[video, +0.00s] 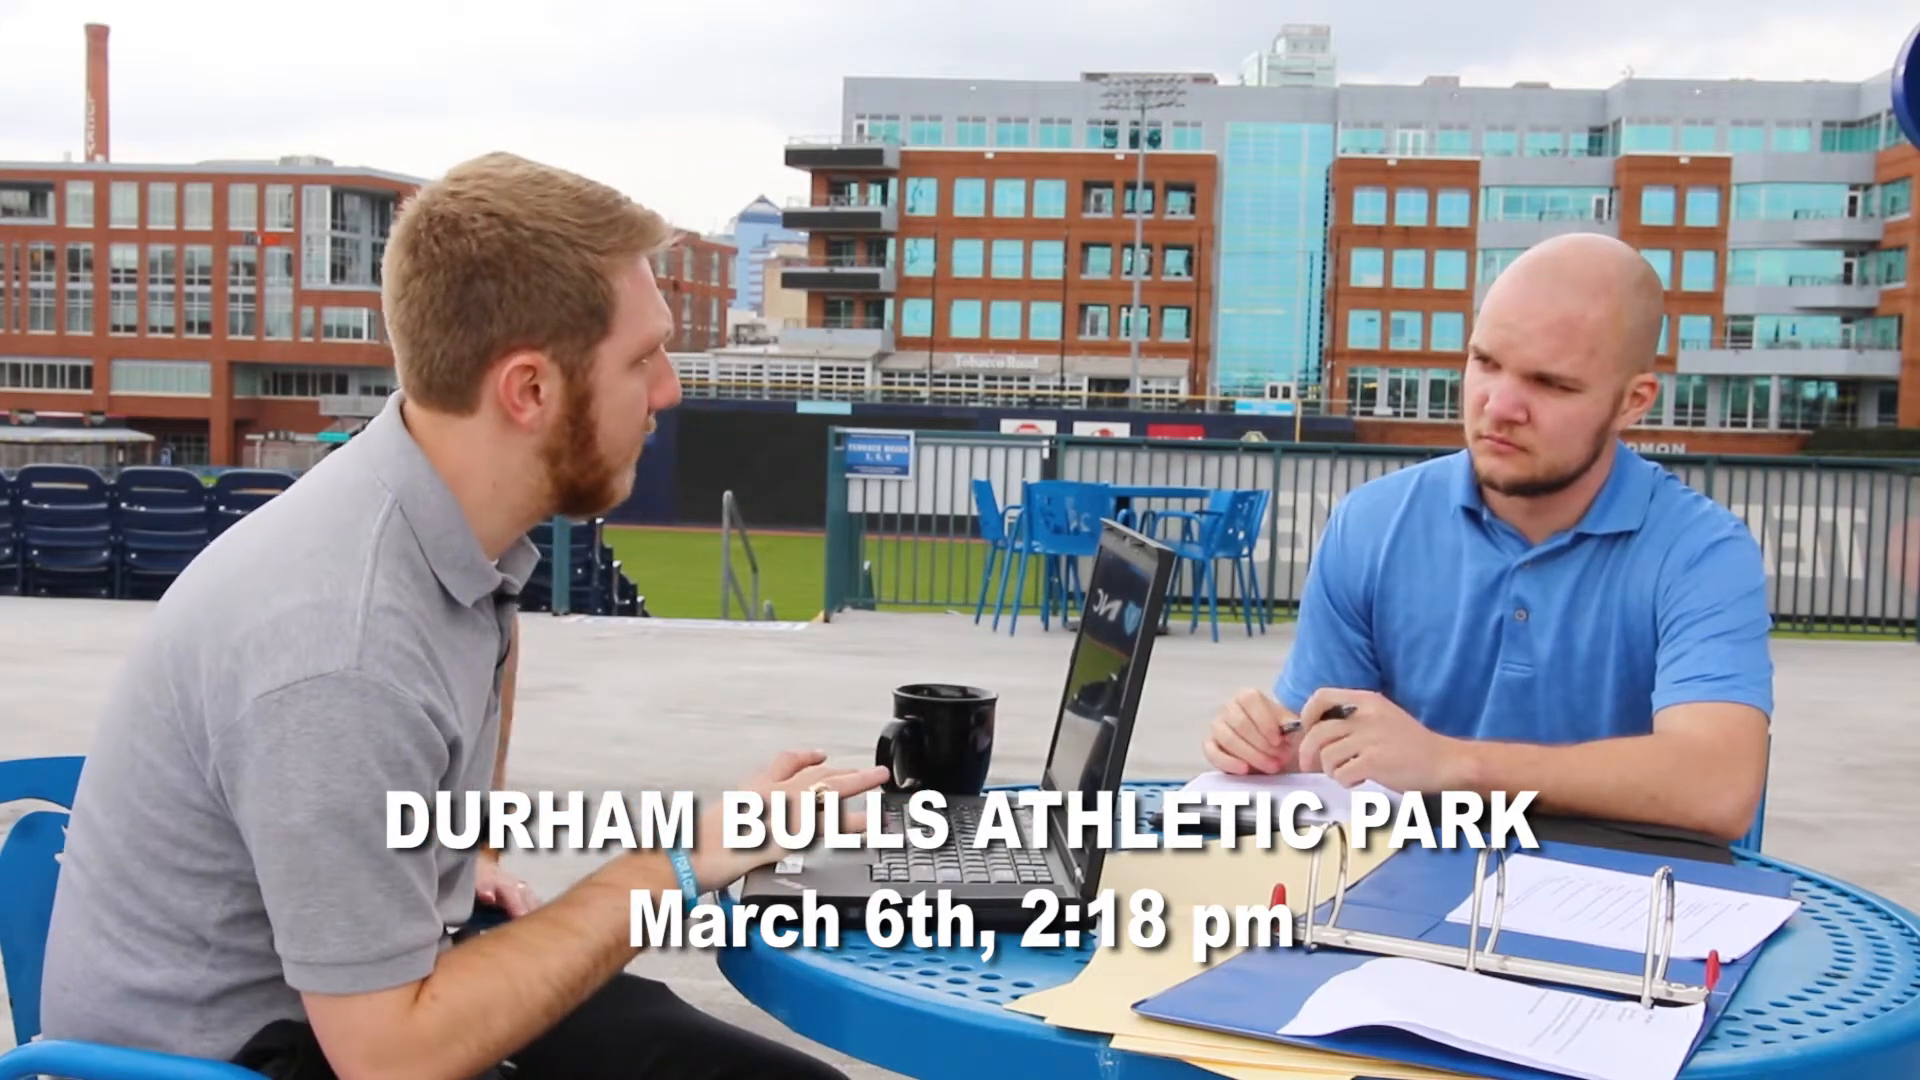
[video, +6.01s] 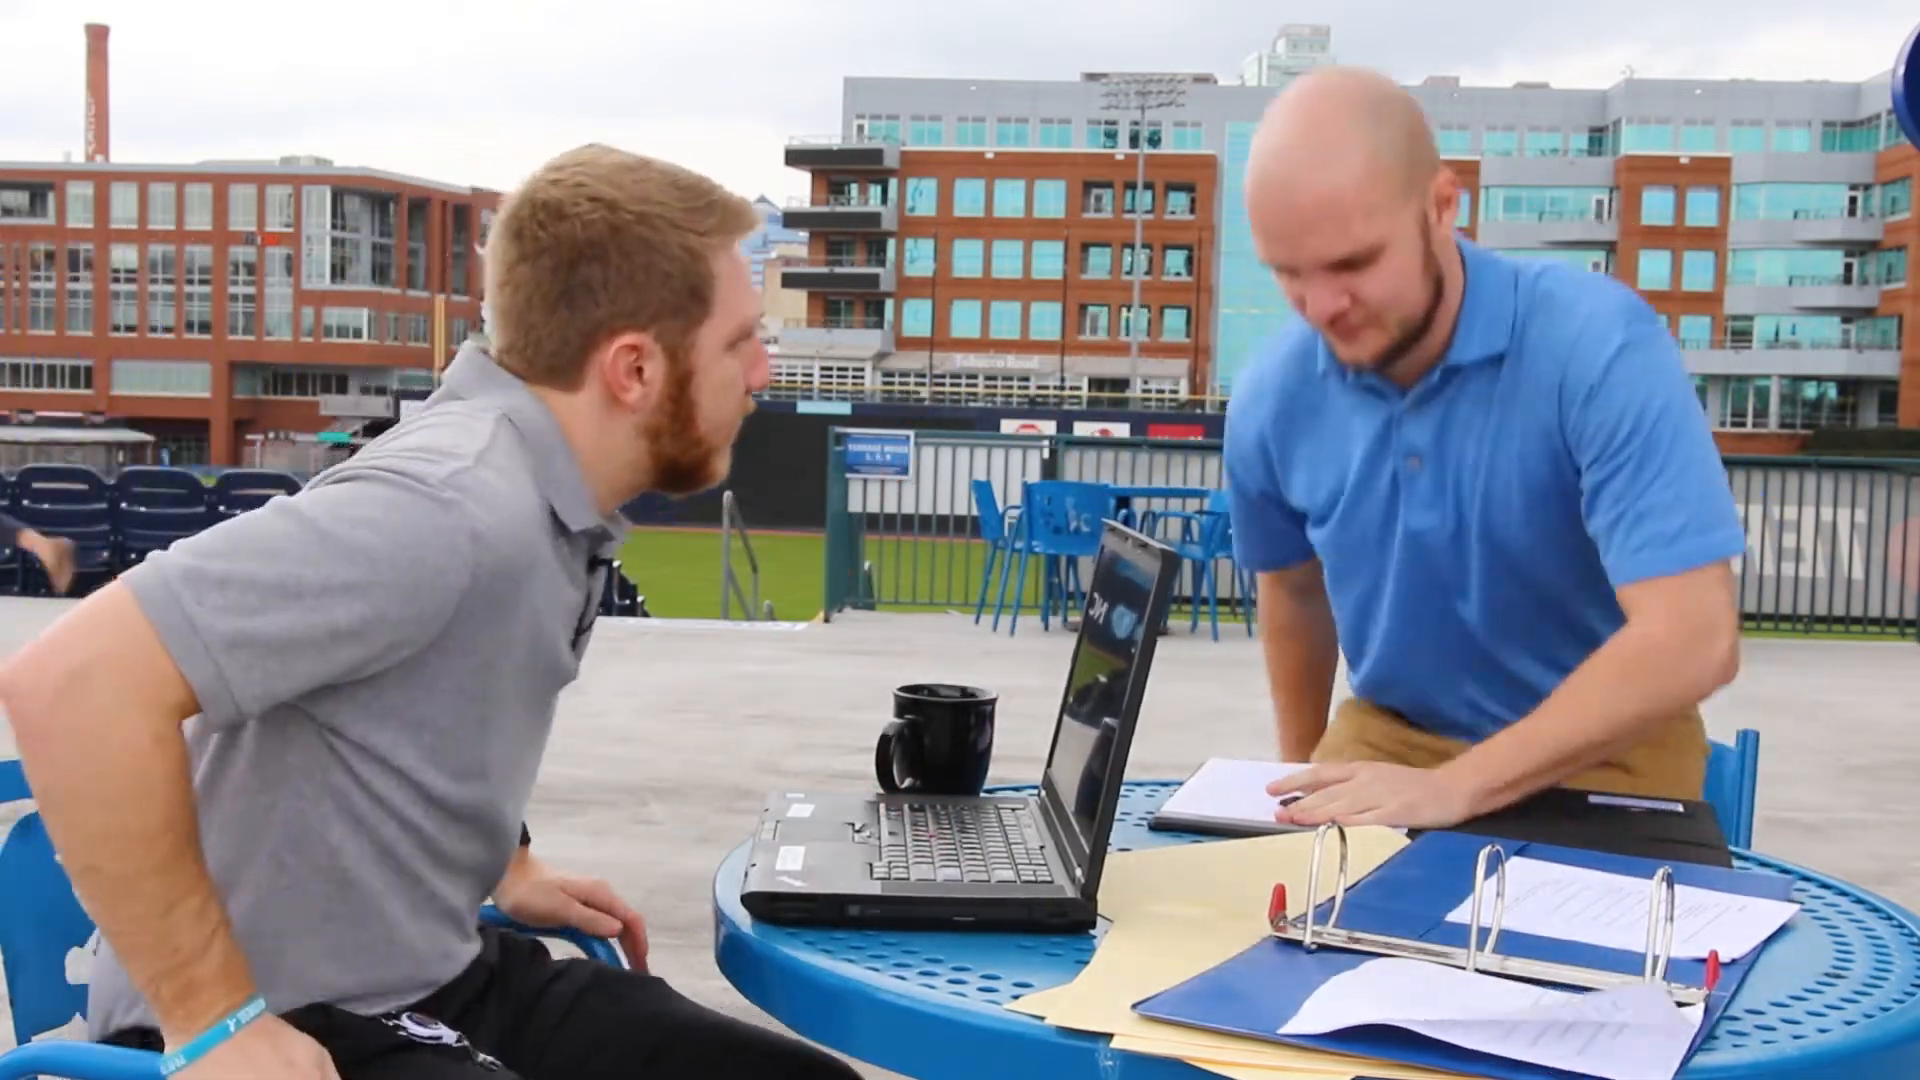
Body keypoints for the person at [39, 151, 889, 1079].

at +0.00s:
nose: (671, 393)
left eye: (664, 356)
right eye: (647, 361)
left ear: (519, 395)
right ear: (527, 393)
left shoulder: (436, 515)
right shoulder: (335, 657)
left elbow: (494, 651)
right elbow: (396, 1050)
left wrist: (465, 840)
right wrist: (687, 854)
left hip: (381, 947)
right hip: (214, 1044)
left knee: (805, 1067)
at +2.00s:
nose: (652, 376)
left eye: (649, 343)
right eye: (641, 349)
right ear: (544, 392)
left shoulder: (388, 496)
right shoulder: (322, 630)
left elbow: (422, 730)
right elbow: (384, 1039)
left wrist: (650, 687)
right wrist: (689, 870)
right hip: (213, 1046)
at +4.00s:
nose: (605, 358)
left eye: (608, 328)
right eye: (610, 329)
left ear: (397, 315)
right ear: (581, 354)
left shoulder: (325, 464)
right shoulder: (353, 611)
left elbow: (492, 569)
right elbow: (382, 1032)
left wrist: (740, 518)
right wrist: (710, 859)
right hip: (220, 1049)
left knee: (638, 1012)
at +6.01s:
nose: (768, 376)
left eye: (759, 338)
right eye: (744, 343)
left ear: (637, 373)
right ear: (633, 370)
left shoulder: (530, 496)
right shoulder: (439, 513)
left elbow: (306, 724)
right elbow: (71, 689)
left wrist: (501, 867)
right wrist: (213, 1024)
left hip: (451, 961)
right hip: (290, 1020)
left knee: (830, 1075)